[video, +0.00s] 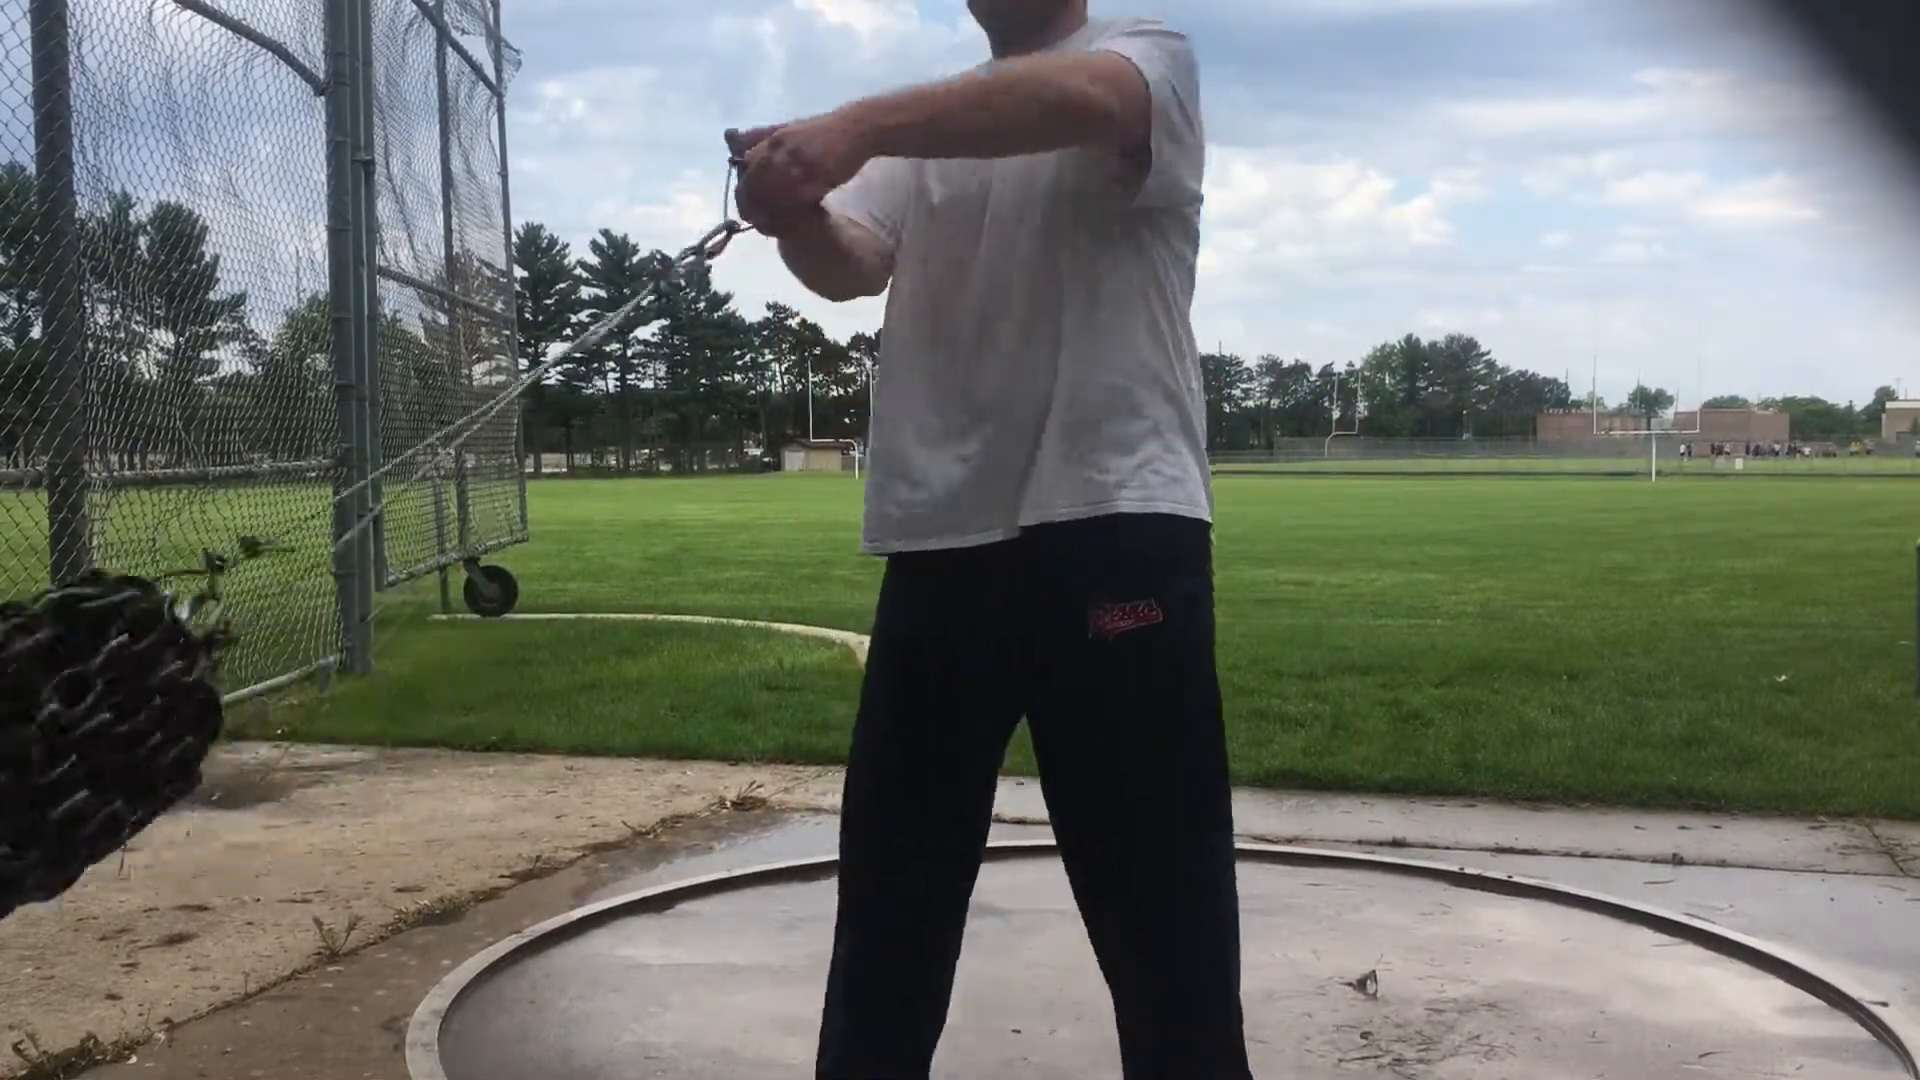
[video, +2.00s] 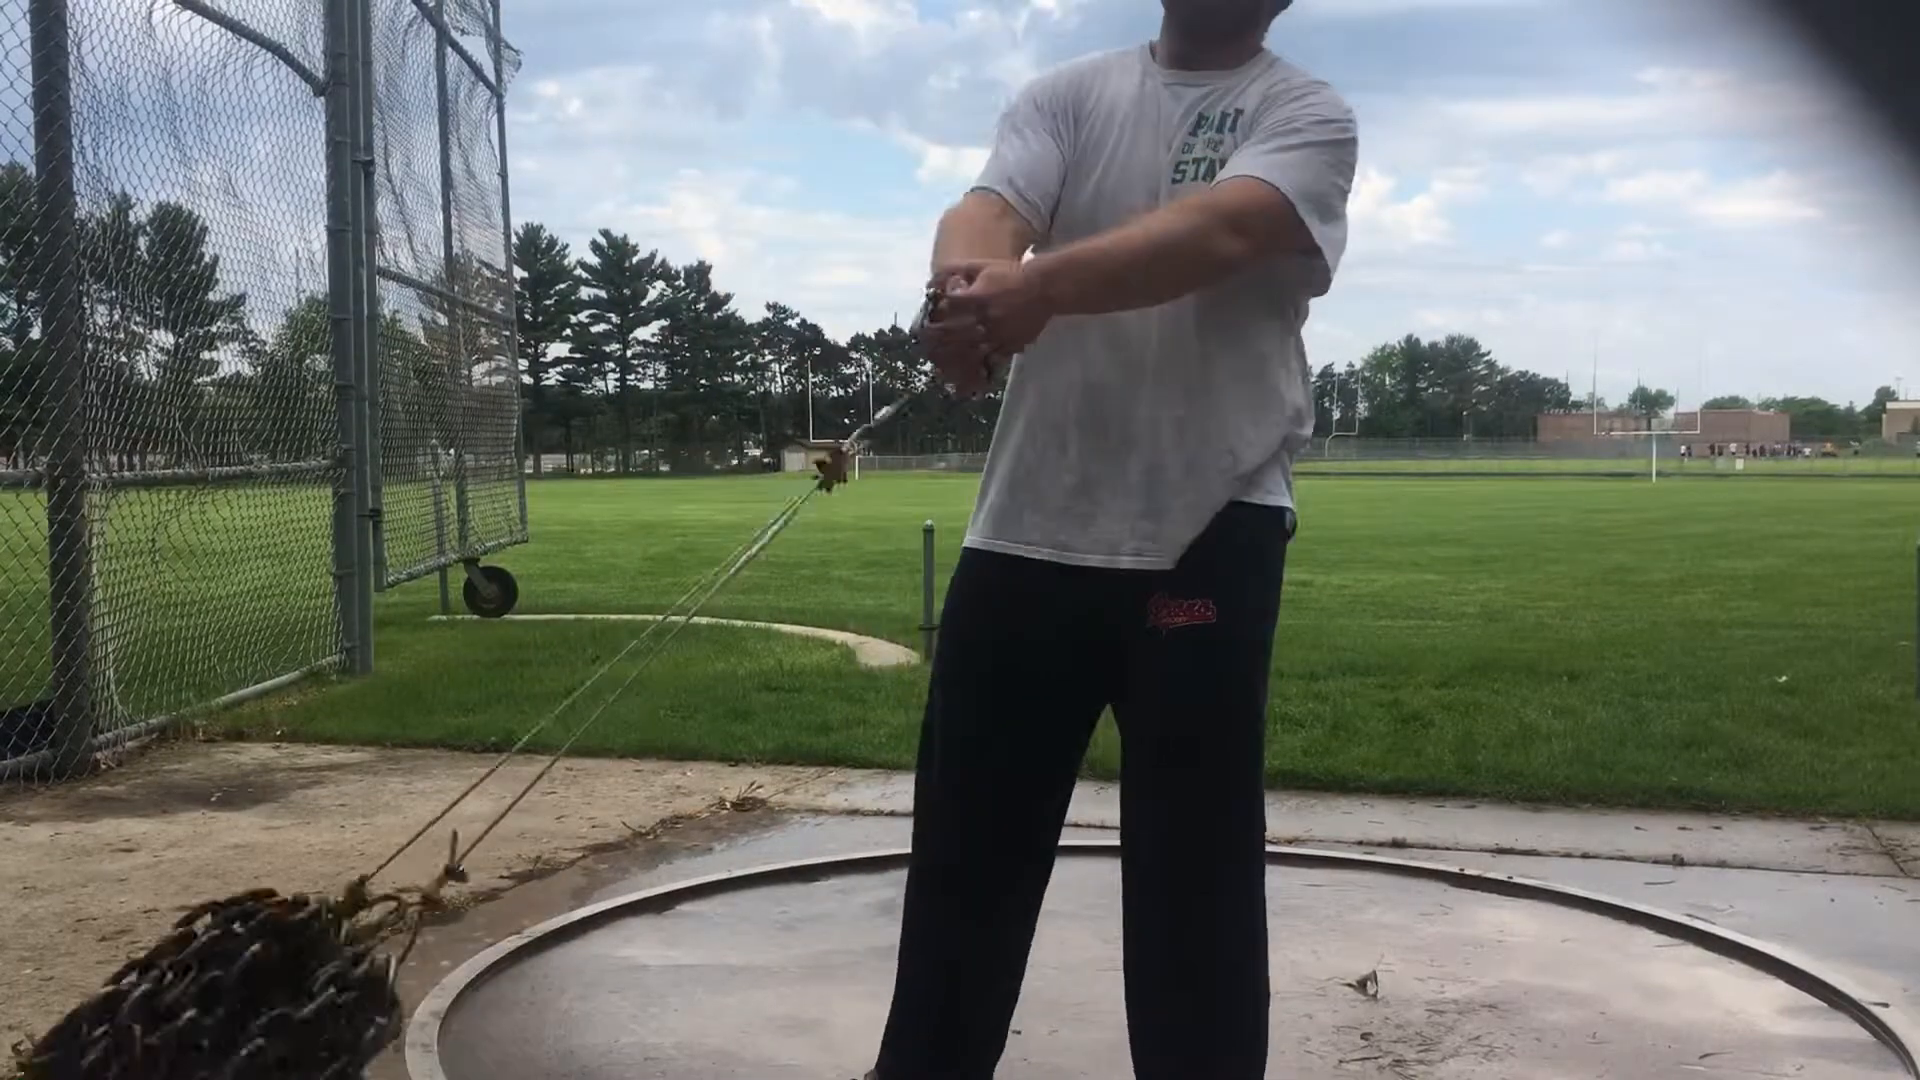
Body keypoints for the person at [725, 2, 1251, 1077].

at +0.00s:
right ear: (977, 4)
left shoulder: (1148, 56)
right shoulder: (928, 133)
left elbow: (1090, 99)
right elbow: (855, 265)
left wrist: (861, 127)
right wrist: (797, 221)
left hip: (1114, 528)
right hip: (938, 544)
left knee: (1162, 918)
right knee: (890, 910)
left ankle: (1189, 1067)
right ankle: (864, 1070)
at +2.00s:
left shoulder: (1309, 112)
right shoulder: (1061, 95)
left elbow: (1230, 234)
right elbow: (992, 211)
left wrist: (1038, 291)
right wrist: (967, 305)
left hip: (1210, 532)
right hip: (1032, 524)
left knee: (1194, 880)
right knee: (964, 866)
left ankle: (1200, 1076)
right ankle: (924, 1071)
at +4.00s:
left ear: (1234, 8)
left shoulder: (1247, 145)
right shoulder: (1031, 106)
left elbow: (1121, 293)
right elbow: (918, 212)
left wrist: (903, 339)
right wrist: (834, 302)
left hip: (1160, 540)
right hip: (987, 516)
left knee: (1160, 872)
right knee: (849, 770)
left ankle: (1179, 1072)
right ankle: (842, 1056)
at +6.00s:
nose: (1041, 8)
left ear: (922, 7)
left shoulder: (911, 101)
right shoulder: (969, 94)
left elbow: (1218, 145)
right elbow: (1248, 130)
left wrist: (1423, 106)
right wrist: (1446, 111)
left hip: (877, 532)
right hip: (944, 523)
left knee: (1066, 852)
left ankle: (1132, 1071)